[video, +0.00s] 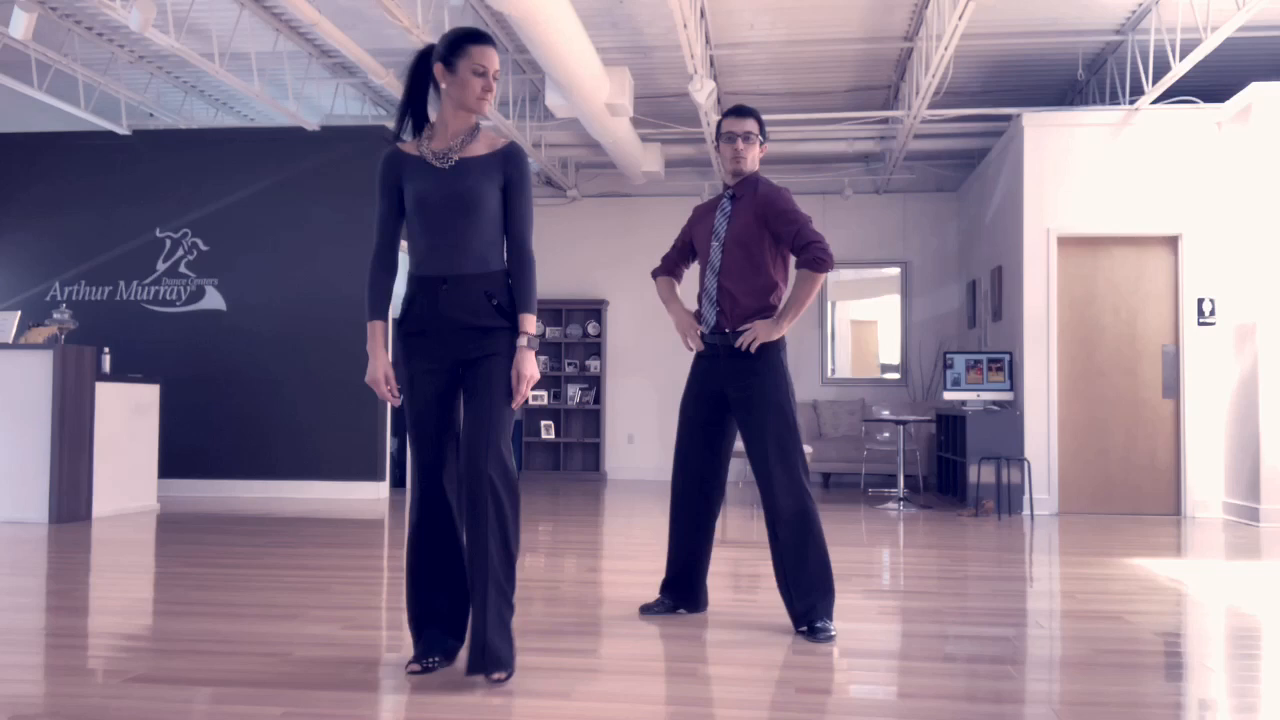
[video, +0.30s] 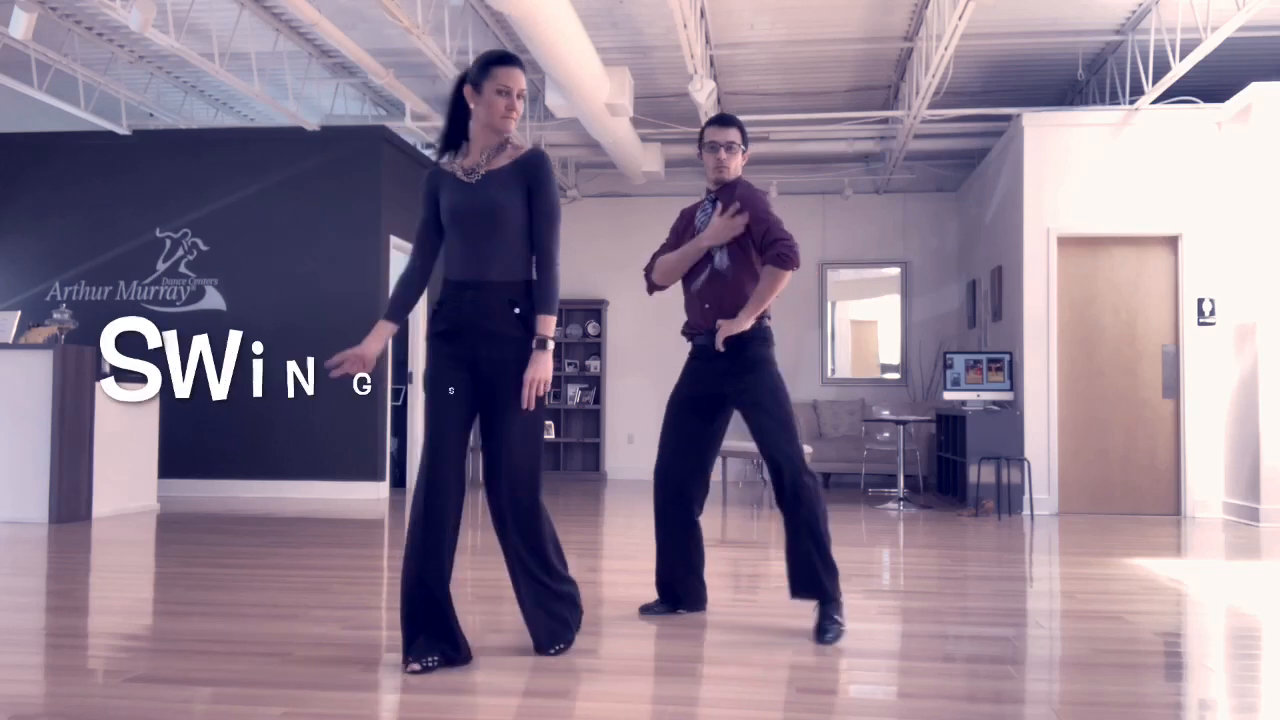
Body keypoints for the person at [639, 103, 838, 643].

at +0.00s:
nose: (737, 147)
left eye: (747, 139)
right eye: (728, 139)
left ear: (762, 148)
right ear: (715, 148)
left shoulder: (769, 197)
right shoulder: (705, 213)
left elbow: (818, 258)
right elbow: (664, 273)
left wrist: (783, 321)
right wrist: (679, 314)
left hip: (757, 357)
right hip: (709, 358)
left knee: (784, 482)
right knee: (693, 477)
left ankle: (813, 611)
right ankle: (683, 593)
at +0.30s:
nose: (721, 157)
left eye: (730, 148)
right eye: (712, 148)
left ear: (744, 155)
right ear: (699, 155)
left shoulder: (749, 200)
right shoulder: (692, 214)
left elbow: (784, 257)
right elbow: (656, 276)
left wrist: (746, 316)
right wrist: (708, 239)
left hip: (749, 355)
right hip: (702, 358)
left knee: (790, 471)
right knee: (674, 475)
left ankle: (827, 600)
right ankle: (681, 592)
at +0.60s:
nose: (709, 154)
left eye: (718, 146)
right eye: (700, 148)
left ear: (736, 151)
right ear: (692, 157)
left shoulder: (748, 185)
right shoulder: (697, 217)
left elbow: (777, 195)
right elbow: (667, 282)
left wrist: (741, 256)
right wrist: (710, 245)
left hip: (754, 352)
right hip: (712, 360)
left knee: (788, 478)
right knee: (690, 478)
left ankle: (843, 606)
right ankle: (682, 591)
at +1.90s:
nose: (703, 182)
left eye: (710, 173)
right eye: (701, 174)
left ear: (742, 174)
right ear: (712, 178)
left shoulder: (774, 224)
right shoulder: (700, 222)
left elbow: (752, 279)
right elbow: (640, 246)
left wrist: (684, 279)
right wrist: (696, 204)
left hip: (756, 367)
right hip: (704, 369)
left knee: (796, 482)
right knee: (658, 484)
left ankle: (849, 614)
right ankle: (681, 592)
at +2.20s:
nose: (751, 172)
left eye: (756, 162)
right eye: (752, 163)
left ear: (777, 164)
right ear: (792, 165)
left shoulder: (802, 215)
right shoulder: (766, 209)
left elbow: (724, 243)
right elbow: (684, 188)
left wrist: (730, 207)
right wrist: (673, 125)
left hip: (769, 361)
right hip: (733, 360)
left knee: (799, 490)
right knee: (679, 475)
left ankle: (851, 615)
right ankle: (679, 590)